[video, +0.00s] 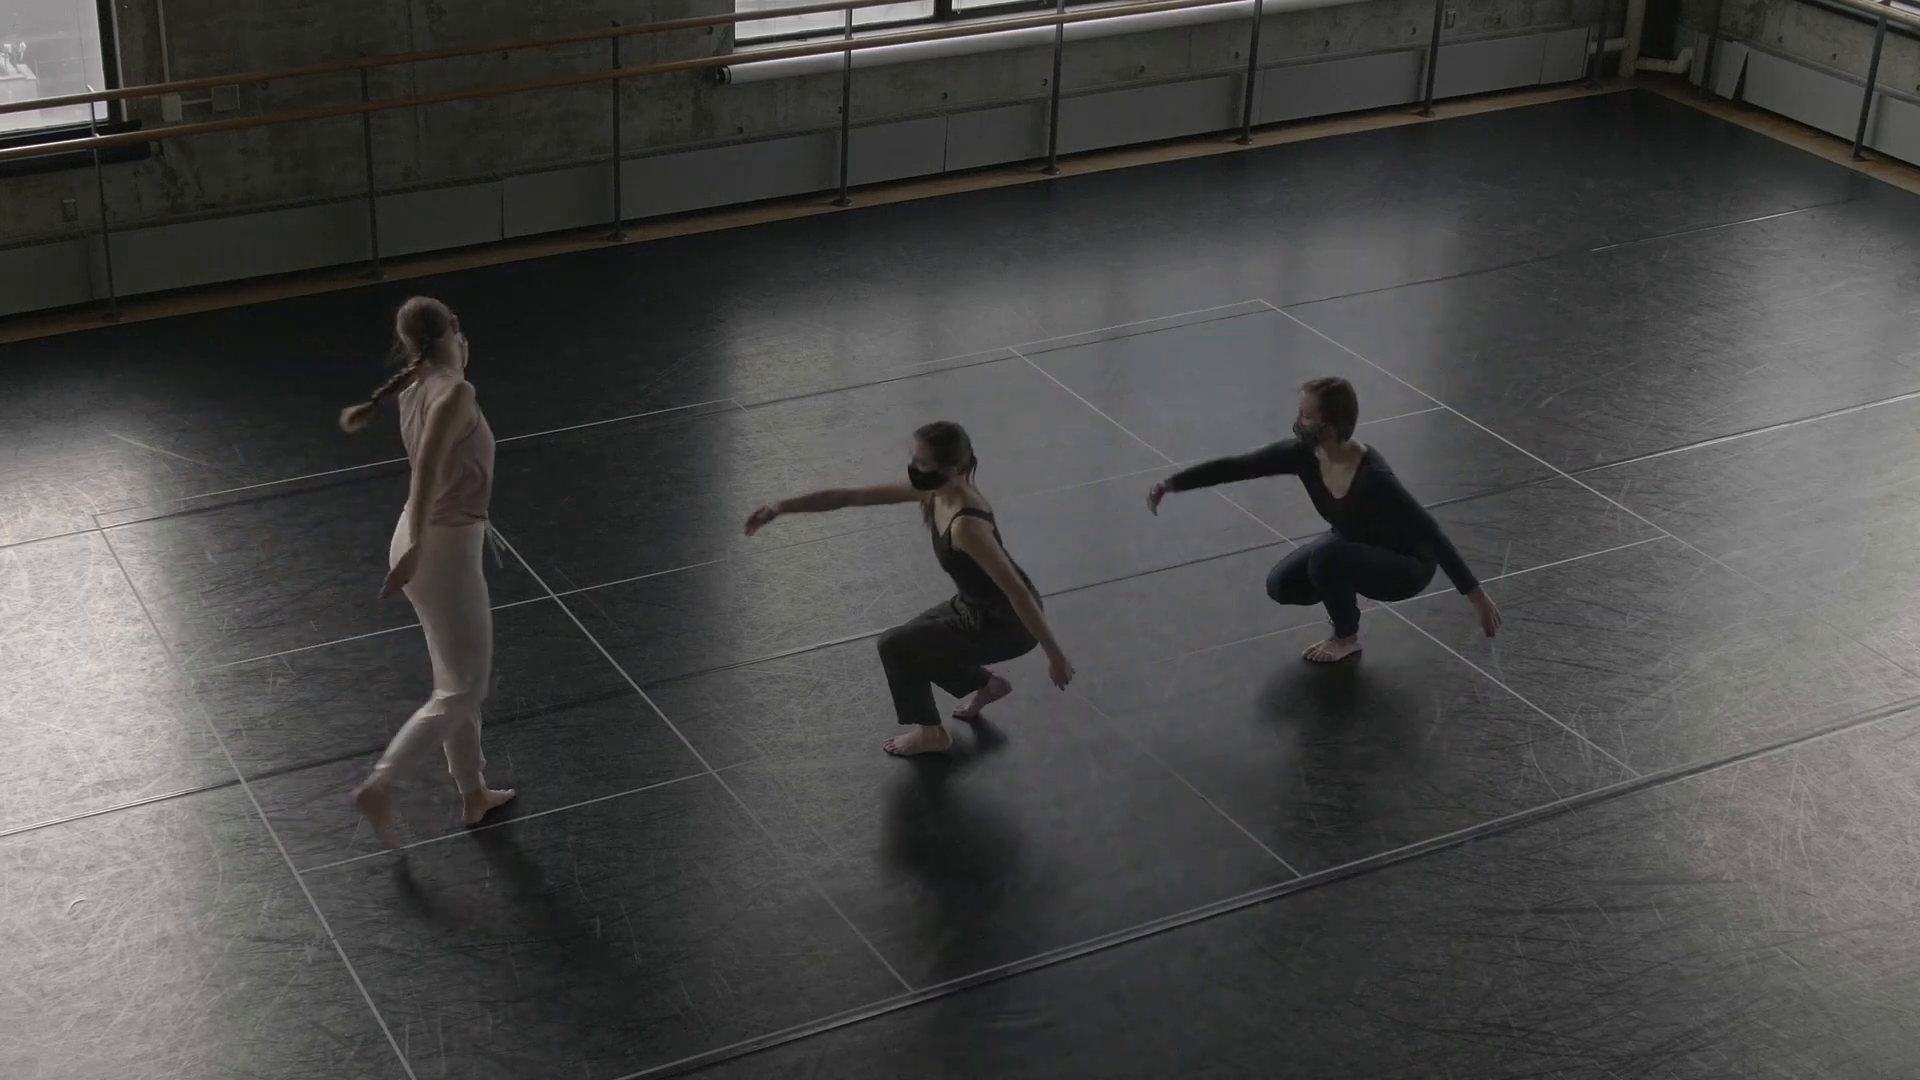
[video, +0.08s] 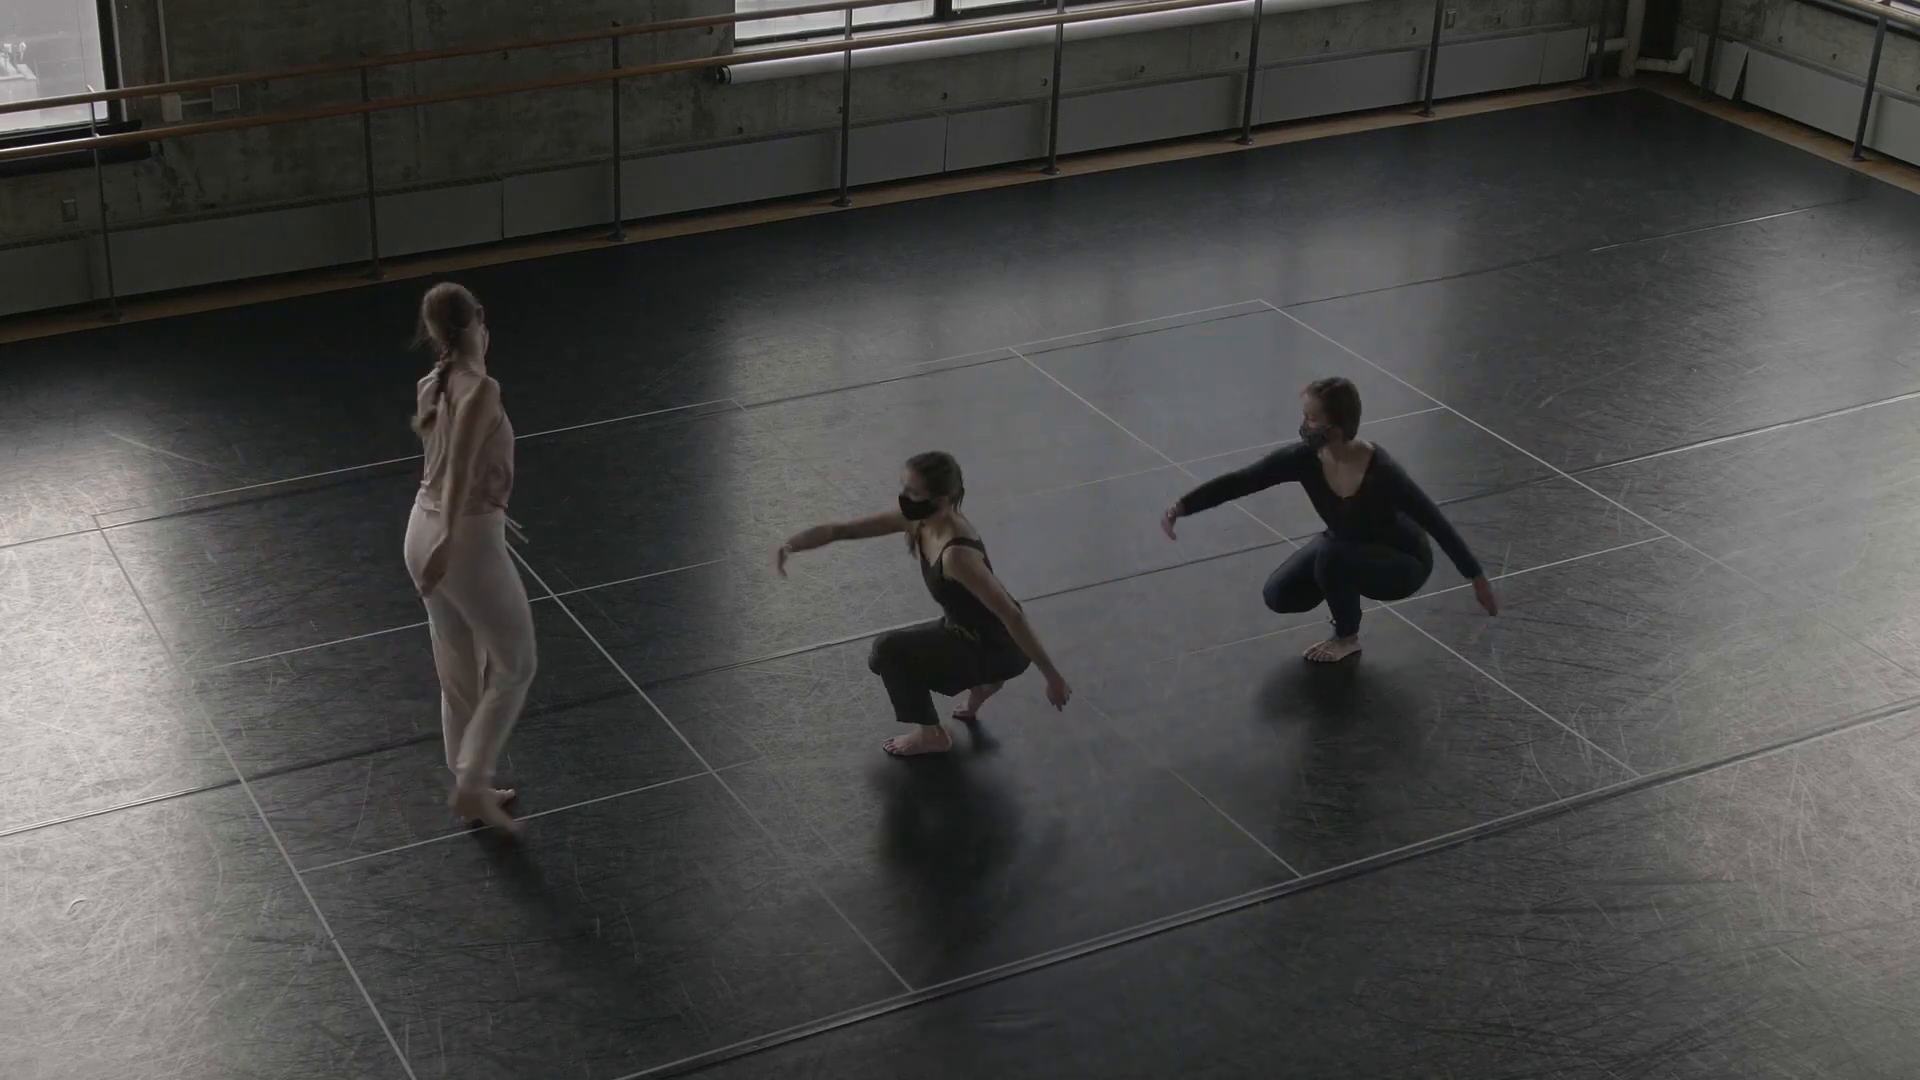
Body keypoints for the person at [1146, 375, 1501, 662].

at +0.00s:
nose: (1295, 422)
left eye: (1304, 416)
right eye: (1297, 413)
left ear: (1330, 427)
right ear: (1321, 423)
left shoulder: (1374, 476)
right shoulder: (1302, 454)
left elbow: (1430, 534)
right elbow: (1238, 468)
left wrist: (1476, 594)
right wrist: (1172, 483)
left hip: (1405, 562)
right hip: (1353, 544)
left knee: (1325, 559)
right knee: (1280, 586)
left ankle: (1347, 636)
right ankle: (1346, 594)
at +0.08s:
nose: (1302, 424)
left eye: (1310, 418)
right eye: (1302, 415)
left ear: (1336, 427)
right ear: (1324, 424)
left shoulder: (1381, 469)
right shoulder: (1303, 458)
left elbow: (1434, 522)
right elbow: (1246, 481)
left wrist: (1477, 579)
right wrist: (1181, 507)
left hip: (1401, 561)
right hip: (1342, 546)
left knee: (1331, 559)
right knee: (1278, 597)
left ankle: (1347, 637)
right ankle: (1340, 577)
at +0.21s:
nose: (1323, 399)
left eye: (1331, 392)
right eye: (1320, 391)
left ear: (1357, 395)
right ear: (1316, 390)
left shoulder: (1397, 438)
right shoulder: (1311, 435)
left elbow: (1428, 475)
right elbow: (1258, 462)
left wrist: (1447, 511)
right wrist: (1210, 497)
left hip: (1398, 532)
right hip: (1339, 526)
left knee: (1328, 560)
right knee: (1287, 599)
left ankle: (1344, 636)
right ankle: (1341, 587)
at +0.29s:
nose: (1342, 373)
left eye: (1352, 365)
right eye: (1337, 364)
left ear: (1375, 363)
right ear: (1329, 360)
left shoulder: (1406, 406)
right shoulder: (1318, 407)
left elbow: (1418, 461)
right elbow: (1264, 445)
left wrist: (1389, 479)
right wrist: (1237, 481)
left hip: (1397, 509)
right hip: (1338, 503)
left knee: (1333, 557)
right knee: (1298, 594)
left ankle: (1343, 634)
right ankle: (1343, 588)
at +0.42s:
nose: (1370, 338)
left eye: (1379, 329)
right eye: (1362, 330)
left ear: (1395, 324)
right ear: (1347, 325)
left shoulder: (1410, 364)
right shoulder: (1330, 374)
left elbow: (1398, 412)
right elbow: (1281, 424)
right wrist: (1285, 468)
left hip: (1398, 475)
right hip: (1338, 473)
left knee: (1356, 552)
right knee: (1321, 575)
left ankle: (1341, 633)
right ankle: (1344, 595)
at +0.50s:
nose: (1385, 325)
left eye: (1393, 315)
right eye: (1375, 317)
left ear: (1403, 311)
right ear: (1356, 314)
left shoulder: (1413, 348)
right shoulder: (1337, 363)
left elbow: (1400, 401)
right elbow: (1296, 421)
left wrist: (1397, 438)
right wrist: (1312, 465)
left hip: (1398, 461)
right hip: (1340, 461)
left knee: (1382, 558)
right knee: (1337, 562)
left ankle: (1341, 633)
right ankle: (1335, 597)